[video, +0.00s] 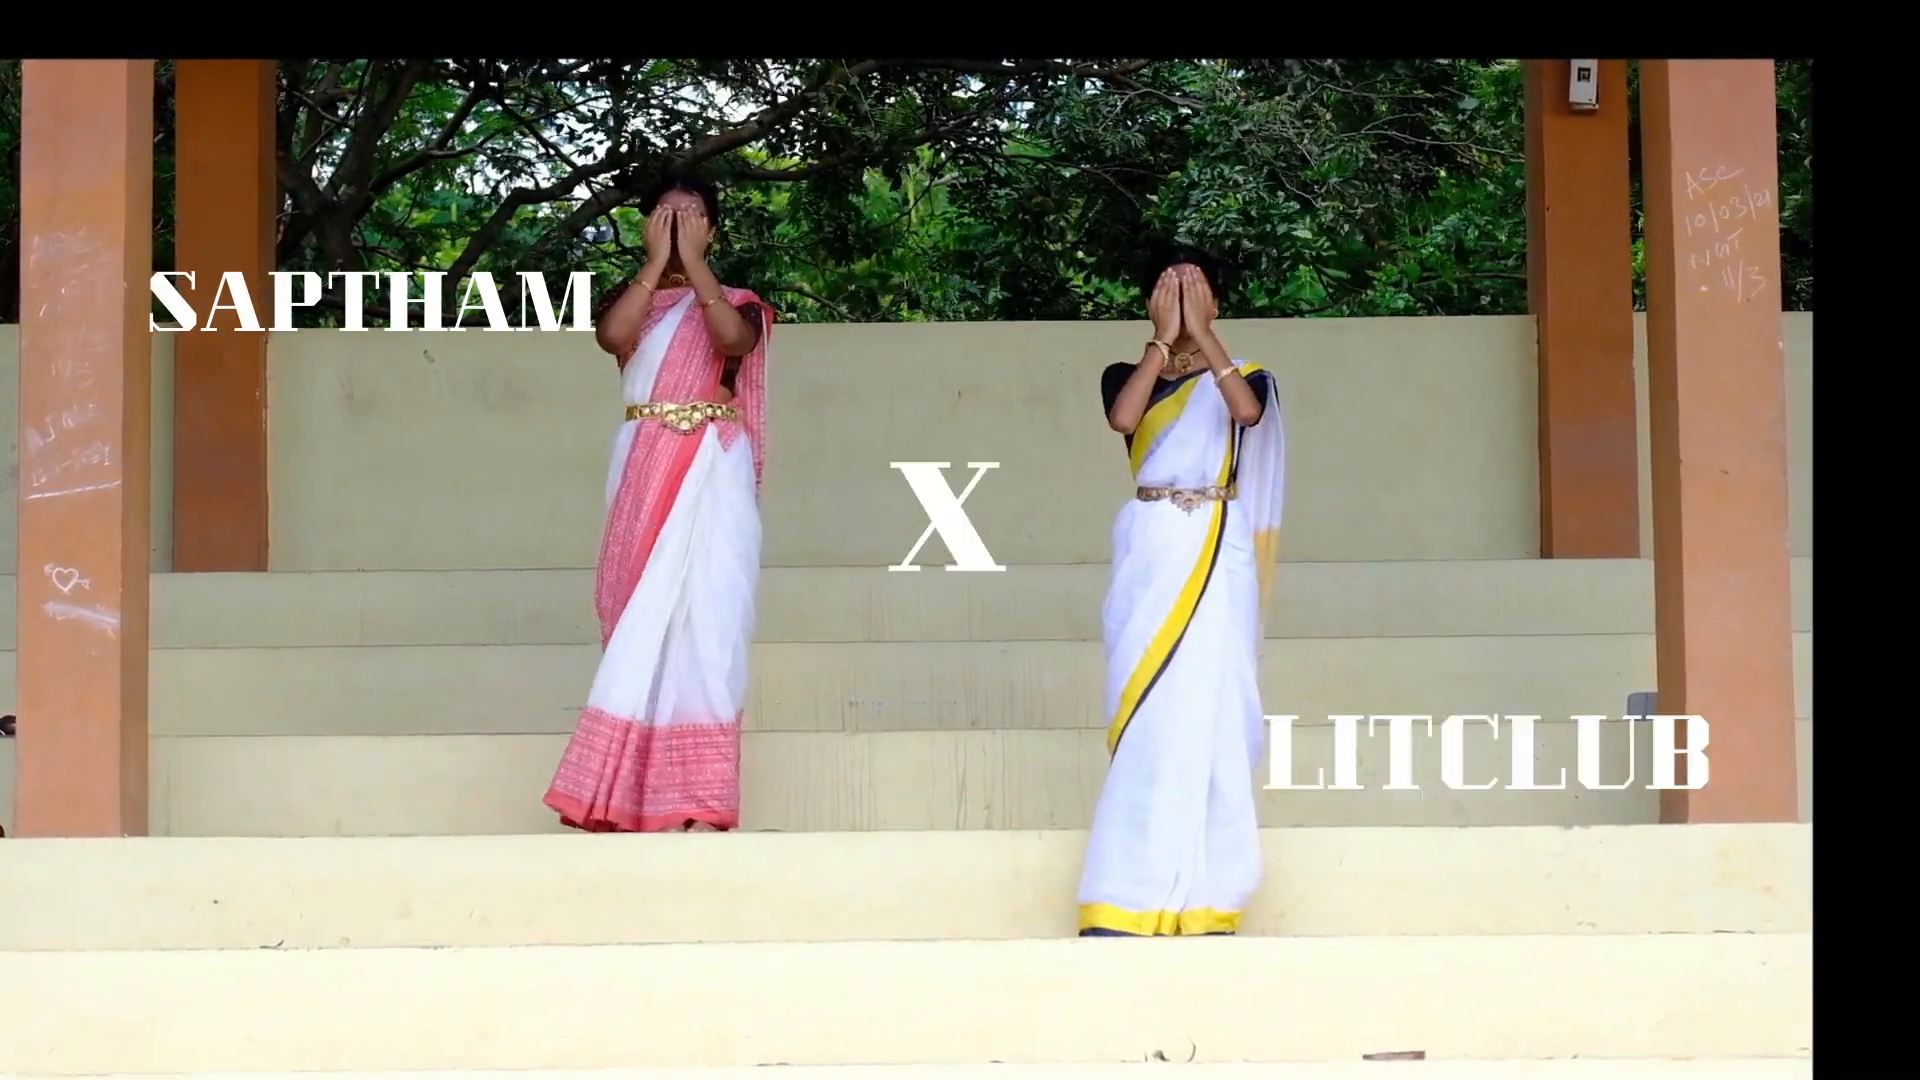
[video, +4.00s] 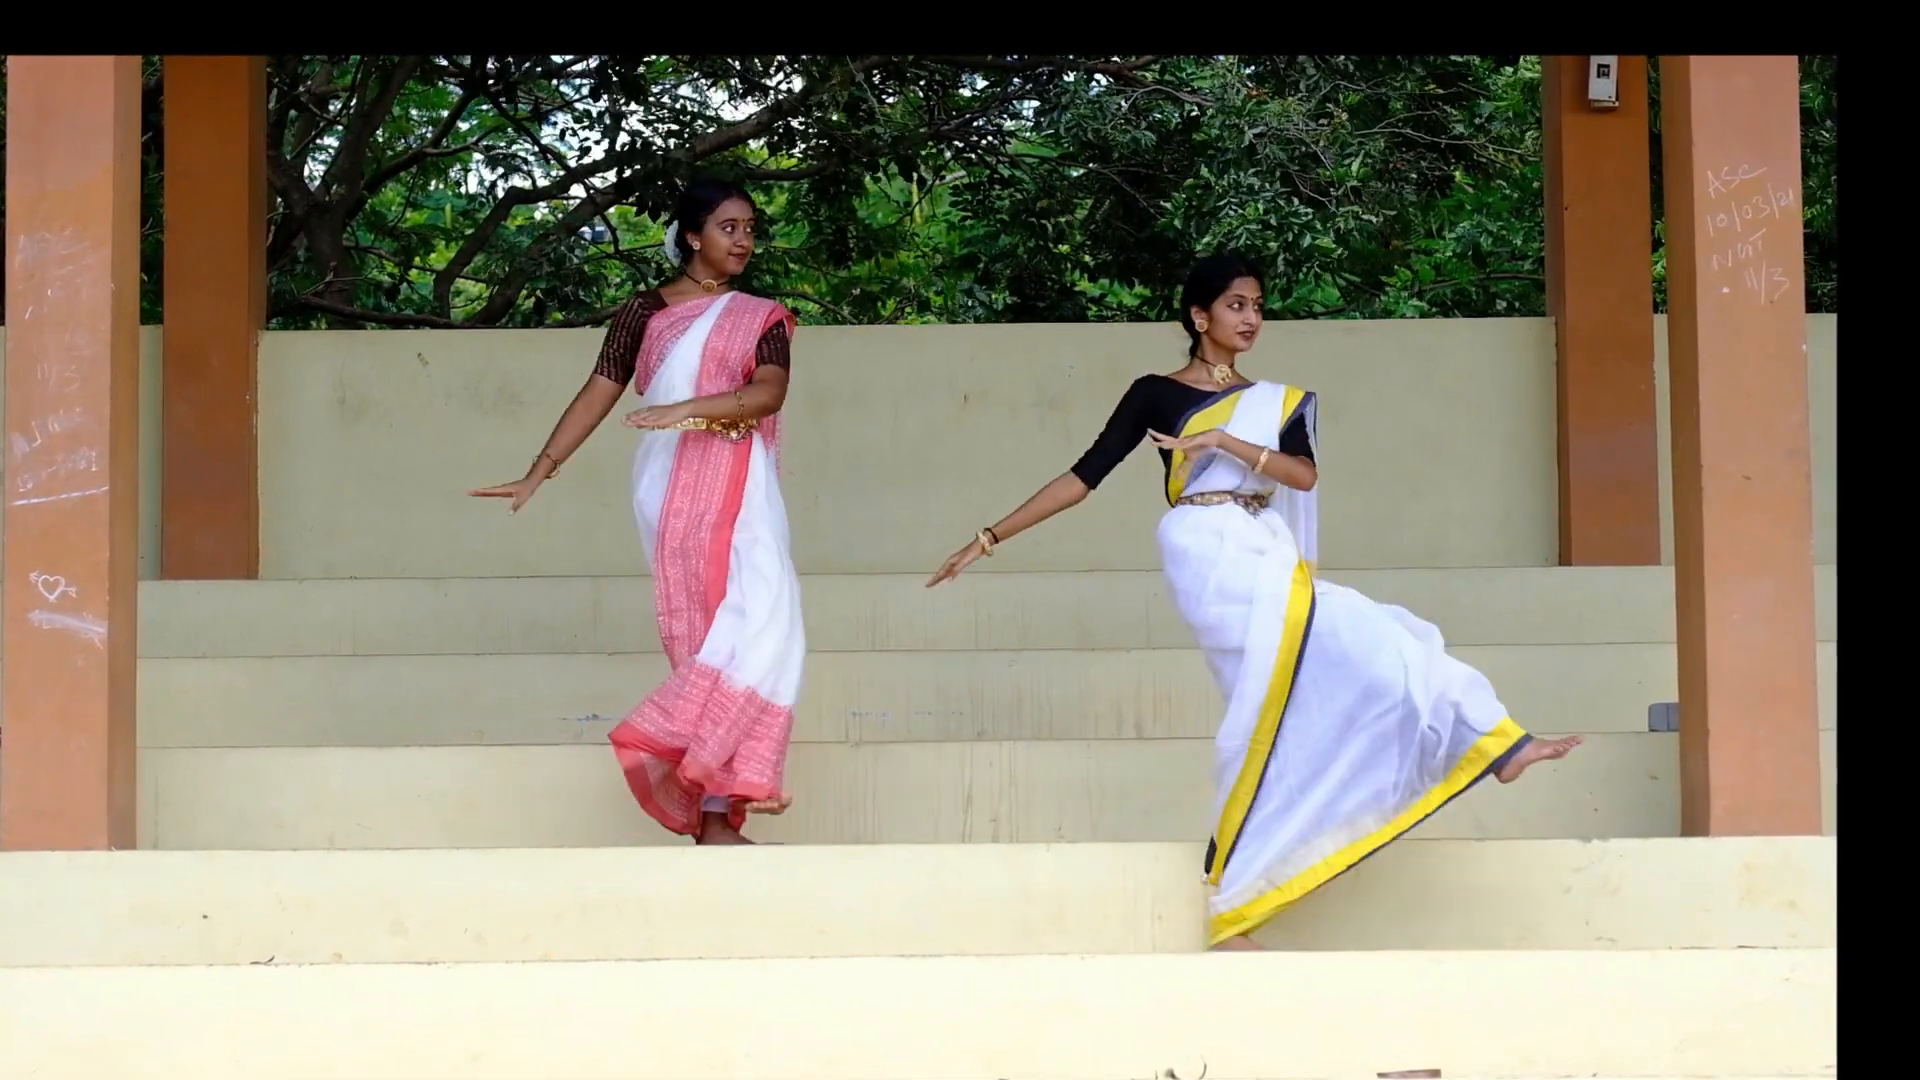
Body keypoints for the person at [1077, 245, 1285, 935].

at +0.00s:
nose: (1181, 304)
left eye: (1194, 290)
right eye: (1170, 290)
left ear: (1216, 303)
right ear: (1153, 304)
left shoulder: (1244, 376)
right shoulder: (1131, 377)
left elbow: (1245, 410)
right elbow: (1122, 417)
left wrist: (1203, 331)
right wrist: (1160, 342)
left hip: (1214, 553)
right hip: (1146, 551)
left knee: (1203, 711)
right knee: (1143, 710)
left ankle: (1203, 892)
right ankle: (1133, 892)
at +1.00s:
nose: (1185, 311)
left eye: (1197, 296)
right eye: (1173, 296)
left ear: (1219, 305)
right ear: (1156, 308)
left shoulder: (1249, 377)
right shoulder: (1137, 379)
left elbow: (1246, 407)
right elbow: (1130, 408)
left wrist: (1208, 326)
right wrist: (1166, 333)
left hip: (1220, 555)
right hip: (1152, 553)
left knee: (1208, 712)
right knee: (1148, 710)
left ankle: (1208, 894)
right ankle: (1140, 893)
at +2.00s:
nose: (1214, 301)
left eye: (1223, 289)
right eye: (1203, 291)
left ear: (1243, 301)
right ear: (1181, 306)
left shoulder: (1267, 378)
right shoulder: (1156, 374)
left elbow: (1274, 409)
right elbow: (1094, 408)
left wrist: (1236, 329)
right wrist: (1139, 332)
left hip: (1228, 555)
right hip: (1159, 550)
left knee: (1220, 717)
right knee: (1152, 714)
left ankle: (1216, 901)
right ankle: (1143, 902)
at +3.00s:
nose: (1192, 318)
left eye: (1204, 306)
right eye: (1180, 305)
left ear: (1225, 311)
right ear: (1163, 309)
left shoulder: (1254, 379)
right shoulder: (1138, 375)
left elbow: (1246, 424)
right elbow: (1132, 422)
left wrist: (1209, 338)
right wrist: (1173, 342)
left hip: (1223, 566)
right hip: (1153, 563)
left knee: (1219, 726)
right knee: (1153, 723)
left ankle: (1218, 906)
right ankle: (1148, 905)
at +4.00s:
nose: (1247, 319)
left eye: (1255, 308)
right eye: (1236, 305)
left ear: (1258, 318)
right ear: (1198, 309)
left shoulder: (1277, 398)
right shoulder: (1160, 395)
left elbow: (1304, 476)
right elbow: (1077, 480)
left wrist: (1230, 445)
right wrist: (989, 537)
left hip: (1273, 556)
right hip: (1205, 556)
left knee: (1391, 633)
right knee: (1264, 699)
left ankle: (1501, 744)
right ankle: (1233, 885)